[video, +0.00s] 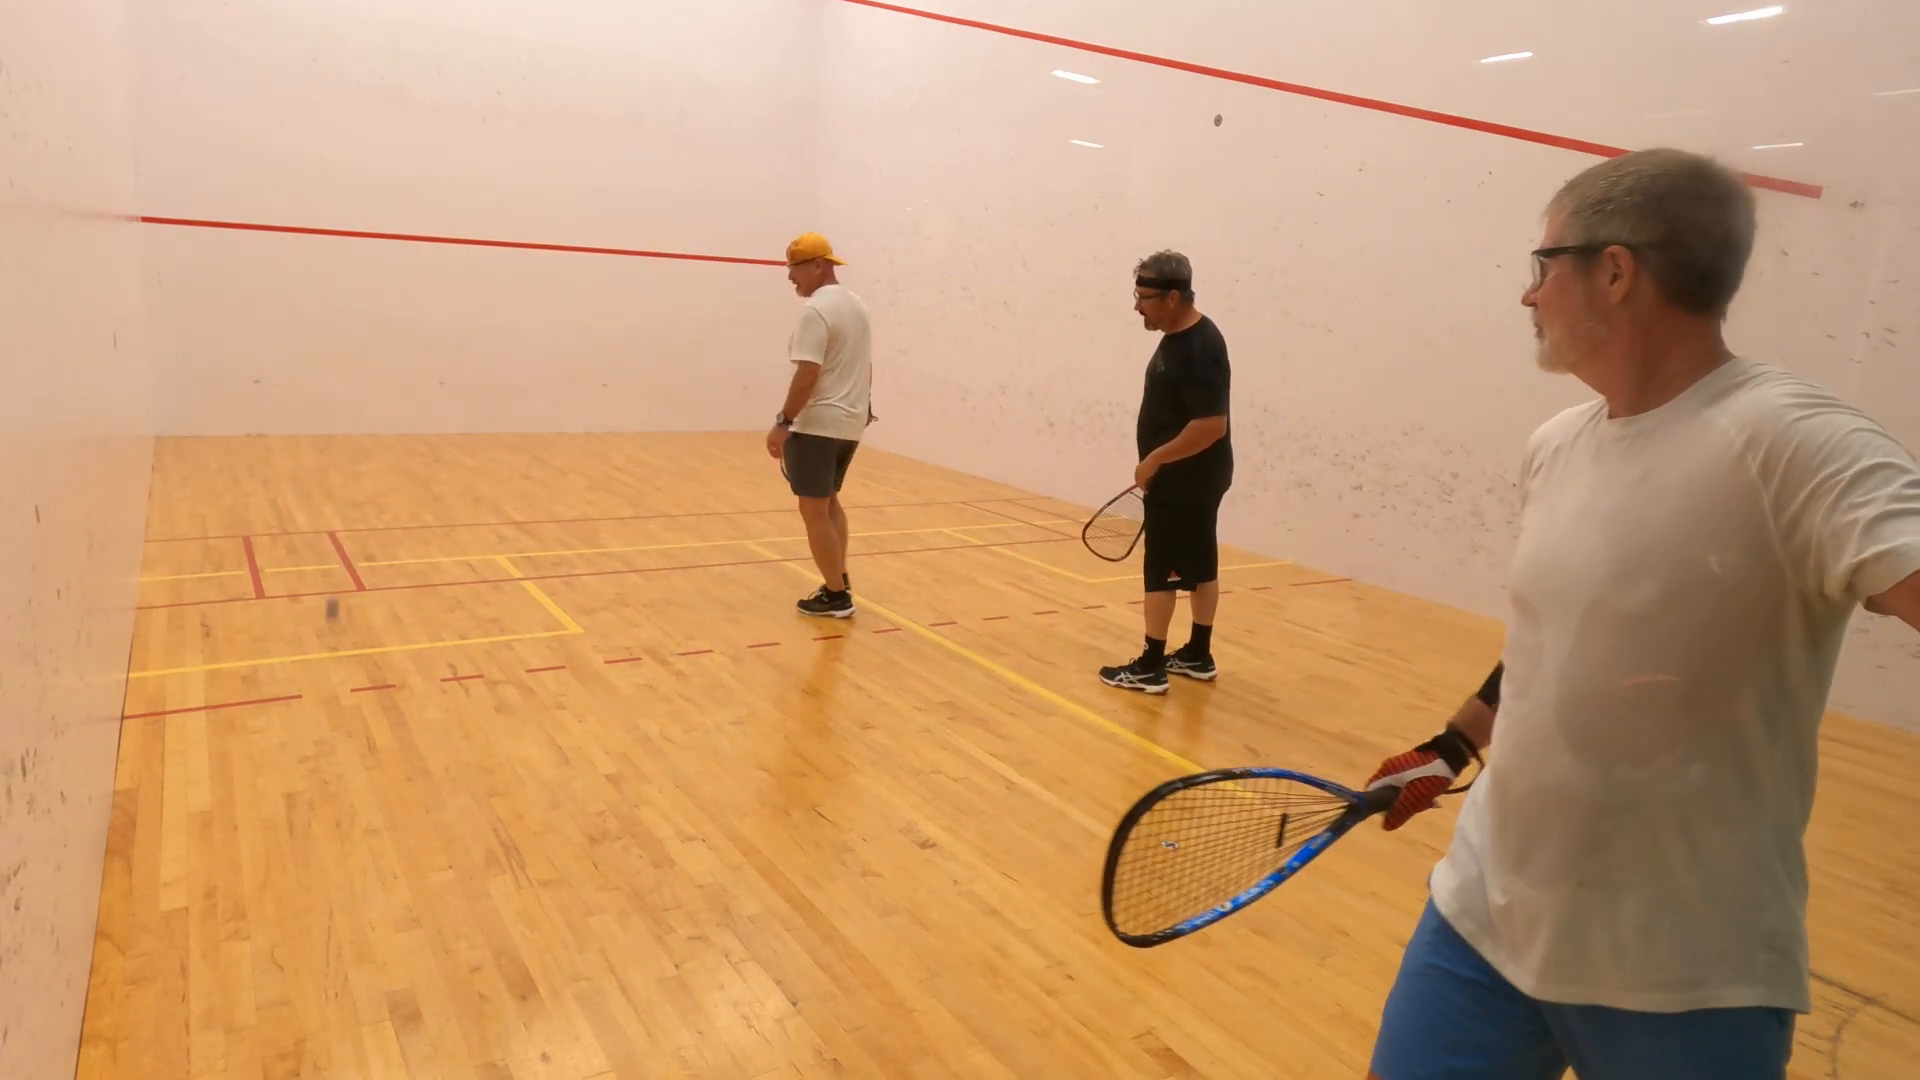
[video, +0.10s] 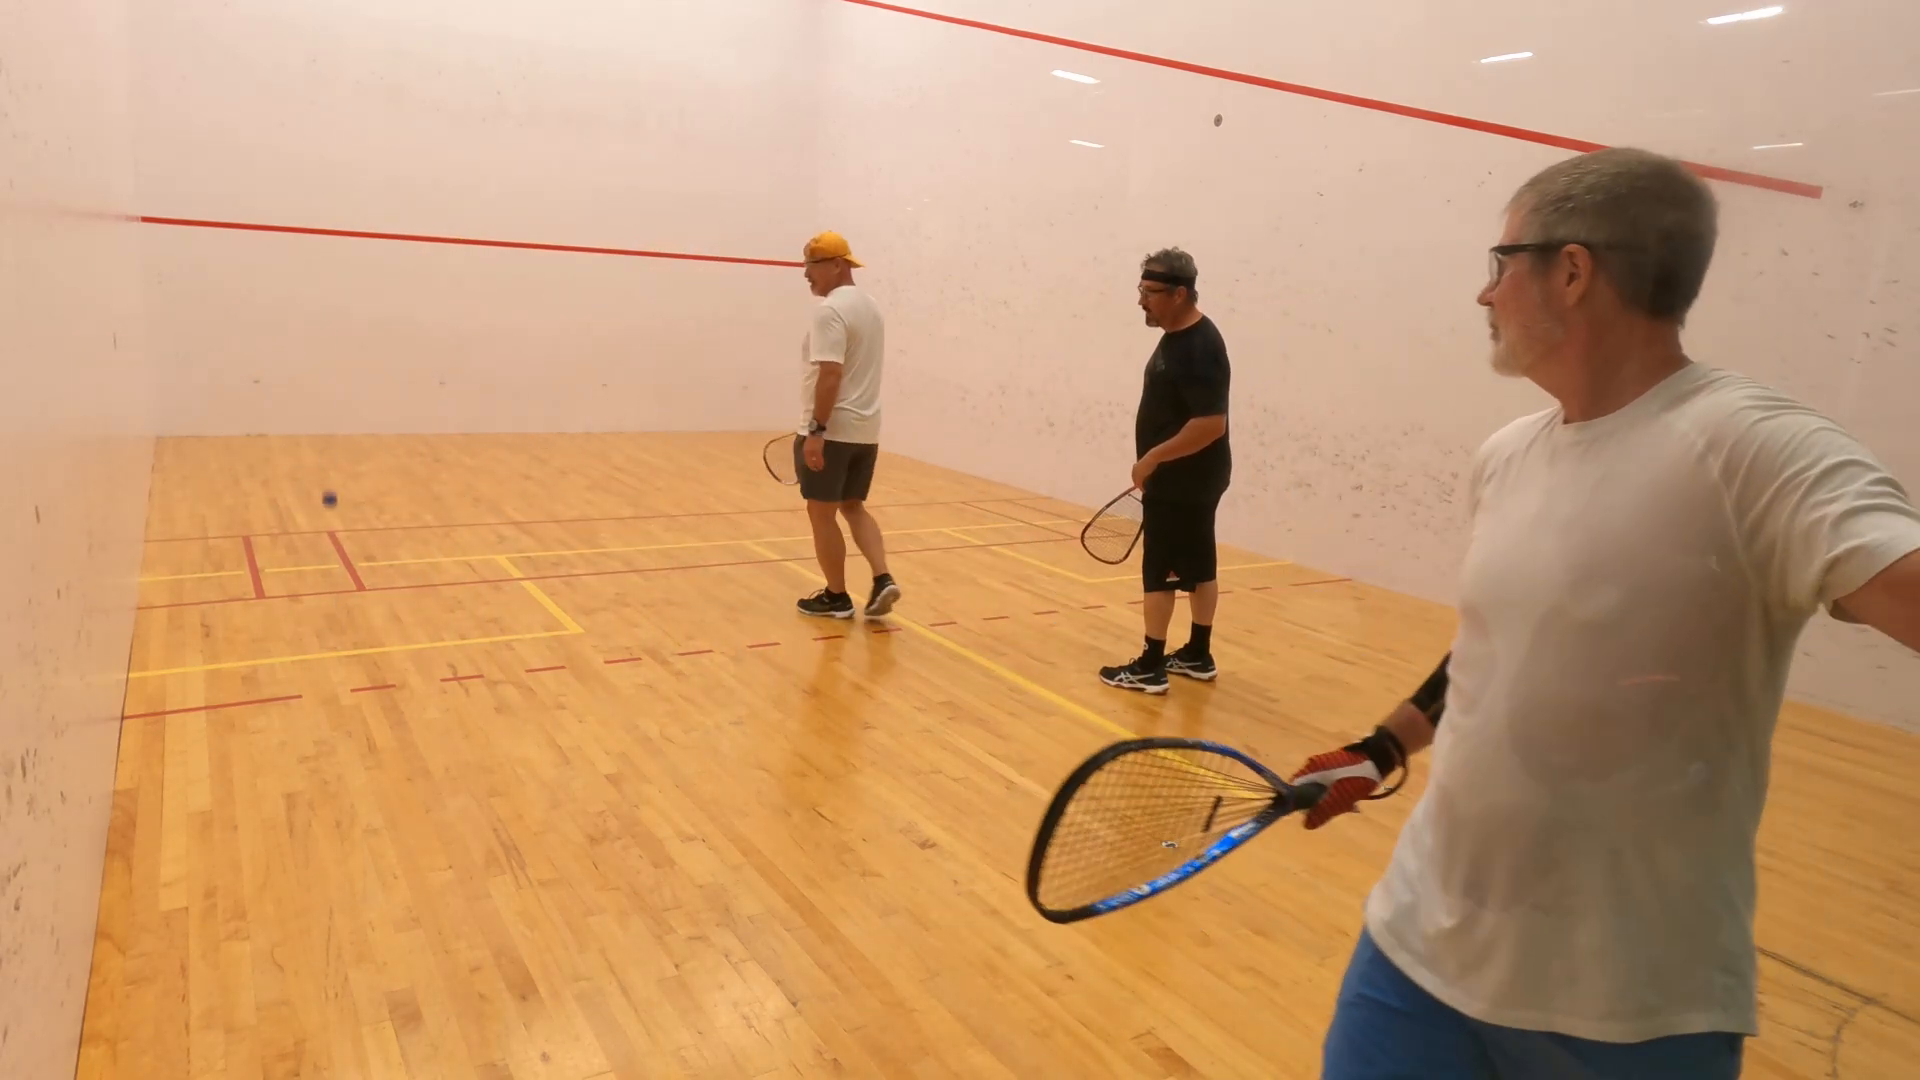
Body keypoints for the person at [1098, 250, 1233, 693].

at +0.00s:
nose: (1137, 308)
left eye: (1144, 299)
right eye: (1137, 298)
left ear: (1173, 297)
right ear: (1171, 298)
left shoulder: (1201, 345)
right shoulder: (1181, 335)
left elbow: (1211, 424)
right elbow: (1182, 414)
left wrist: (1154, 459)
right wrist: (1153, 465)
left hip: (1185, 477)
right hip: (1187, 475)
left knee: (1159, 566)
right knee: (1201, 561)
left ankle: (1150, 665)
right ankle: (1198, 653)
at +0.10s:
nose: (1140, 299)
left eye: (1149, 292)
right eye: (1141, 290)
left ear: (1180, 294)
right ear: (1173, 295)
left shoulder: (1201, 345)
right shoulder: (1180, 336)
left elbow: (1211, 423)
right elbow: (1179, 413)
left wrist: (1152, 457)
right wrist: (1151, 464)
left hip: (1184, 477)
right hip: (1184, 474)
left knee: (1158, 568)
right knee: (1199, 562)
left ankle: (1150, 665)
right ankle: (1197, 653)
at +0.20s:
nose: (1149, 293)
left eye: (1160, 286)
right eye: (1149, 285)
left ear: (1189, 292)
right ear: (1154, 287)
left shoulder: (1201, 345)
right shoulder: (1177, 335)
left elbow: (1211, 422)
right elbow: (1173, 412)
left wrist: (1150, 455)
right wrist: (1151, 469)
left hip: (1184, 476)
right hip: (1181, 472)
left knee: (1158, 567)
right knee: (1198, 561)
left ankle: (1151, 662)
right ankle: (1198, 652)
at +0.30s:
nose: (1158, 288)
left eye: (1170, 282)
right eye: (1156, 280)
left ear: (1196, 291)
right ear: (1154, 284)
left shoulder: (1203, 343)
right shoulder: (1176, 335)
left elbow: (1210, 420)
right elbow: (1169, 411)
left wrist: (1150, 453)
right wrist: (1149, 470)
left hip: (1182, 477)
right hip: (1180, 473)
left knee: (1157, 569)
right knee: (1197, 562)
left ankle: (1151, 663)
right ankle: (1198, 653)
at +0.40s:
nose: (1165, 285)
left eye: (1177, 279)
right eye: (1162, 276)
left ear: (1200, 292)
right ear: (1157, 282)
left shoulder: (1204, 346)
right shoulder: (1175, 337)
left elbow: (1211, 419)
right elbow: (1169, 409)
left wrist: (1147, 451)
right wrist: (1144, 459)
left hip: (1185, 478)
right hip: (1168, 474)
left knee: (1156, 572)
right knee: (1194, 568)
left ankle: (1154, 658)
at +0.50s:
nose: (1168, 282)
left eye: (1179, 277)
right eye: (1166, 274)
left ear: (1201, 290)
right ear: (1161, 281)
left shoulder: (1203, 344)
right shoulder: (1170, 334)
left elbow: (1210, 418)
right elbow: (1153, 400)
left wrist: (1148, 448)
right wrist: (1131, 438)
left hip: (1185, 471)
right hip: (1171, 466)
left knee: (1157, 563)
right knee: (1199, 558)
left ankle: (1148, 663)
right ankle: (1197, 649)